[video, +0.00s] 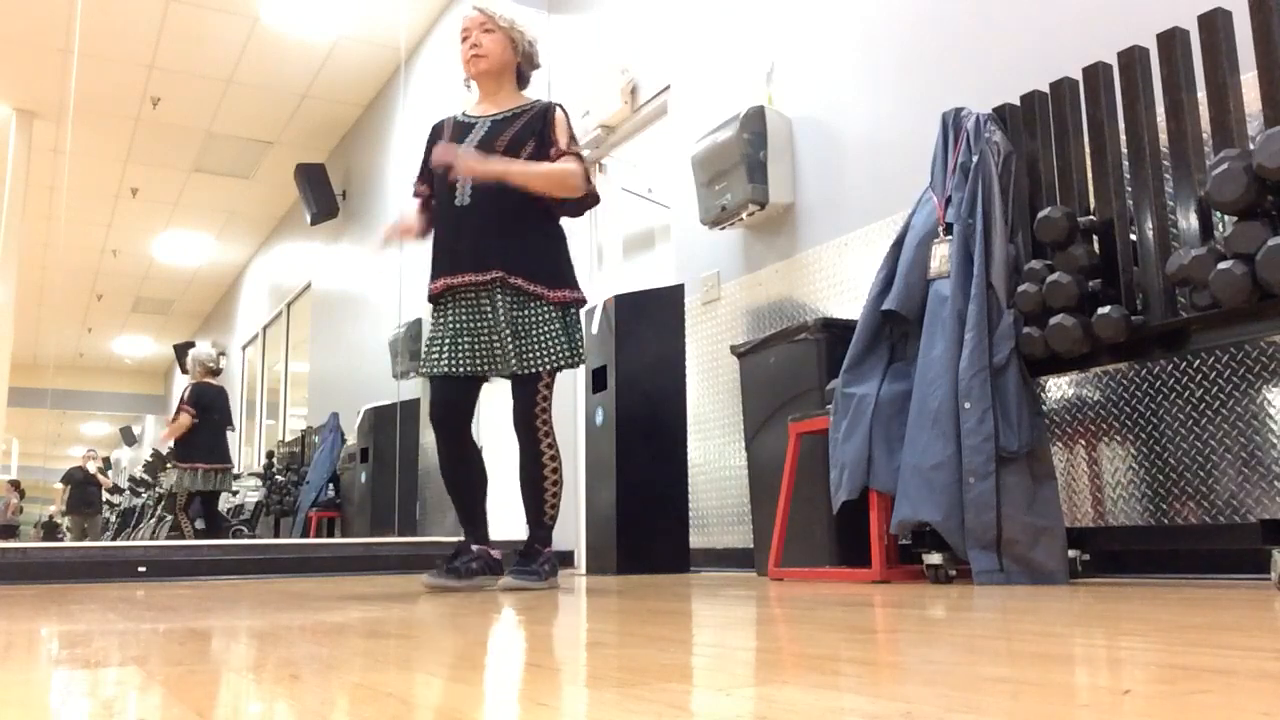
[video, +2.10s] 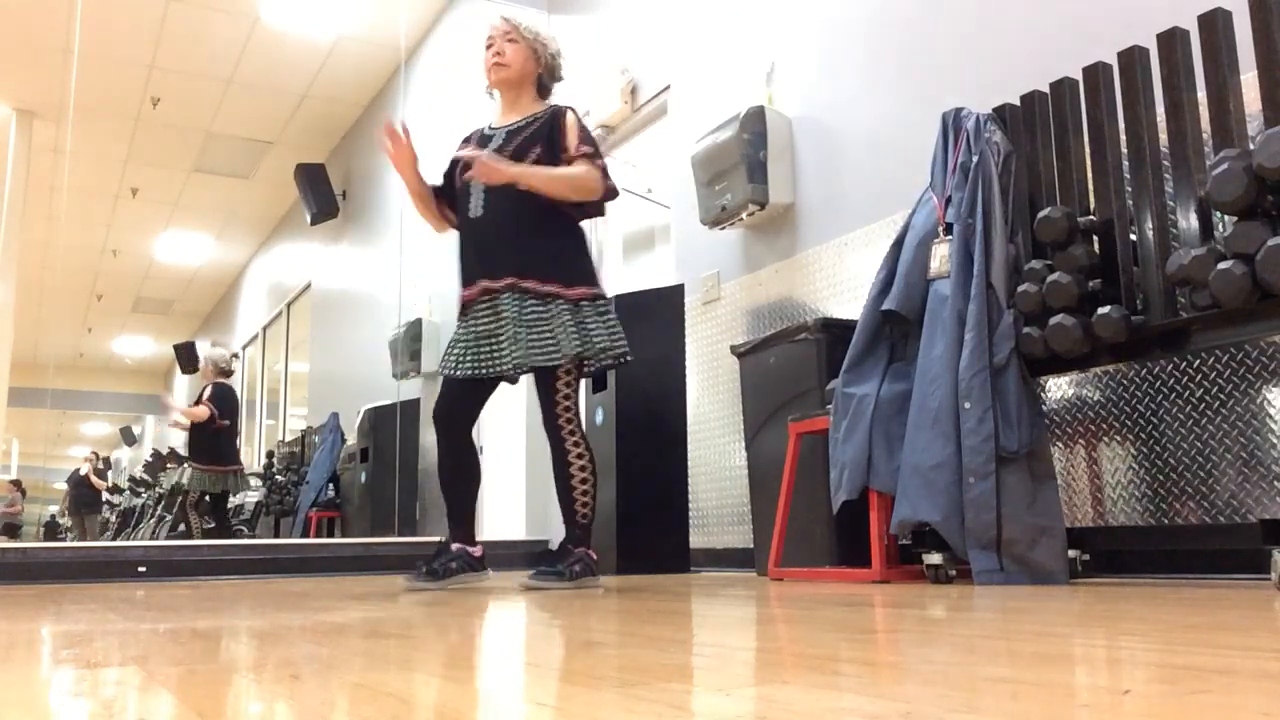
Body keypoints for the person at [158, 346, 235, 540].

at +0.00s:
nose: (189, 370)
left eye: (190, 365)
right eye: (189, 366)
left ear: (197, 367)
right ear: (213, 367)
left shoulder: (194, 390)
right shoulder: (221, 391)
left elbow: (184, 422)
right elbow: (225, 425)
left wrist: (165, 437)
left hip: (193, 465)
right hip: (219, 464)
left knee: (180, 510)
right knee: (211, 511)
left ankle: (194, 551)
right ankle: (217, 554)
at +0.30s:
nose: (182, 369)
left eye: (184, 365)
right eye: (182, 365)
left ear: (193, 367)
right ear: (205, 368)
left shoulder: (193, 390)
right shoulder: (211, 392)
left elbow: (185, 419)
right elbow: (214, 430)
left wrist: (164, 435)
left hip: (185, 463)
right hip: (202, 463)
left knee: (177, 509)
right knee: (177, 507)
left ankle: (192, 552)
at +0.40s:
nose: (178, 364)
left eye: (181, 361)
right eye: (180, 360)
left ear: (189, 365)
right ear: (200, 367)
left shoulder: (189, 388)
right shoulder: (207, 392)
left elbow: (185, 419)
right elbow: (218, 430)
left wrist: (161, 439)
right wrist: (224, 462)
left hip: (180, 463)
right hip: (197, 464)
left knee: (180, 512)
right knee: (166, 511)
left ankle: (193, 556)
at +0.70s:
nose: (174, 367)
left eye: (176, 364)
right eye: (175, 363)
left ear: (183, 368)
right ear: (197, 370)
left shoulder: (181, 392)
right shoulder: (201, 395)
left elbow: (173, 424)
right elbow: (207, 433)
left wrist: (150, 439)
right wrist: (200, 461)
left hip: (167, 467)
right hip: (188, 469)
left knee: (162, 516)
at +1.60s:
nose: (193, 369)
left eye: (195, 364)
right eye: (194, 364)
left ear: (202, 368)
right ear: (217, 368)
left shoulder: (201, 392)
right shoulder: (225, 391)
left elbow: (189, 427)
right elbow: (235, 427)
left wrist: (170, 440)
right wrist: (234, 456)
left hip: (199, 466)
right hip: (222, 465)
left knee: (189, 510)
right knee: (216, 511)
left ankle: (197, 554)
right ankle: (228, 553)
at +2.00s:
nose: (201, 370)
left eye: (203, 366)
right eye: (202, 366)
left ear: (210, 369)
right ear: (225, 370)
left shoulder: (212, 392)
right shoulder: (232, 393)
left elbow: (203, 421)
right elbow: (241, 426)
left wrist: (187, 429)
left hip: (208, 467)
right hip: (229, 466)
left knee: (187, 505)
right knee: (220, 510)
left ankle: (196, 548)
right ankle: (227, 551)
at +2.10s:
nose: (200, 368)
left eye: (203, 364)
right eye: (202, 363)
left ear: (211, 367)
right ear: (223, 368)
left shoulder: (214, 389)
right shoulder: (229, 391)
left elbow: (202, 414)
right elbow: (212, 426)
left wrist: (174, 406)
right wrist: (183, 425)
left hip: (207, 465)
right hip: (226, 465)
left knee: (189, 506)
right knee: (220, 510)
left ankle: (198, 550)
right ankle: (229, 553)